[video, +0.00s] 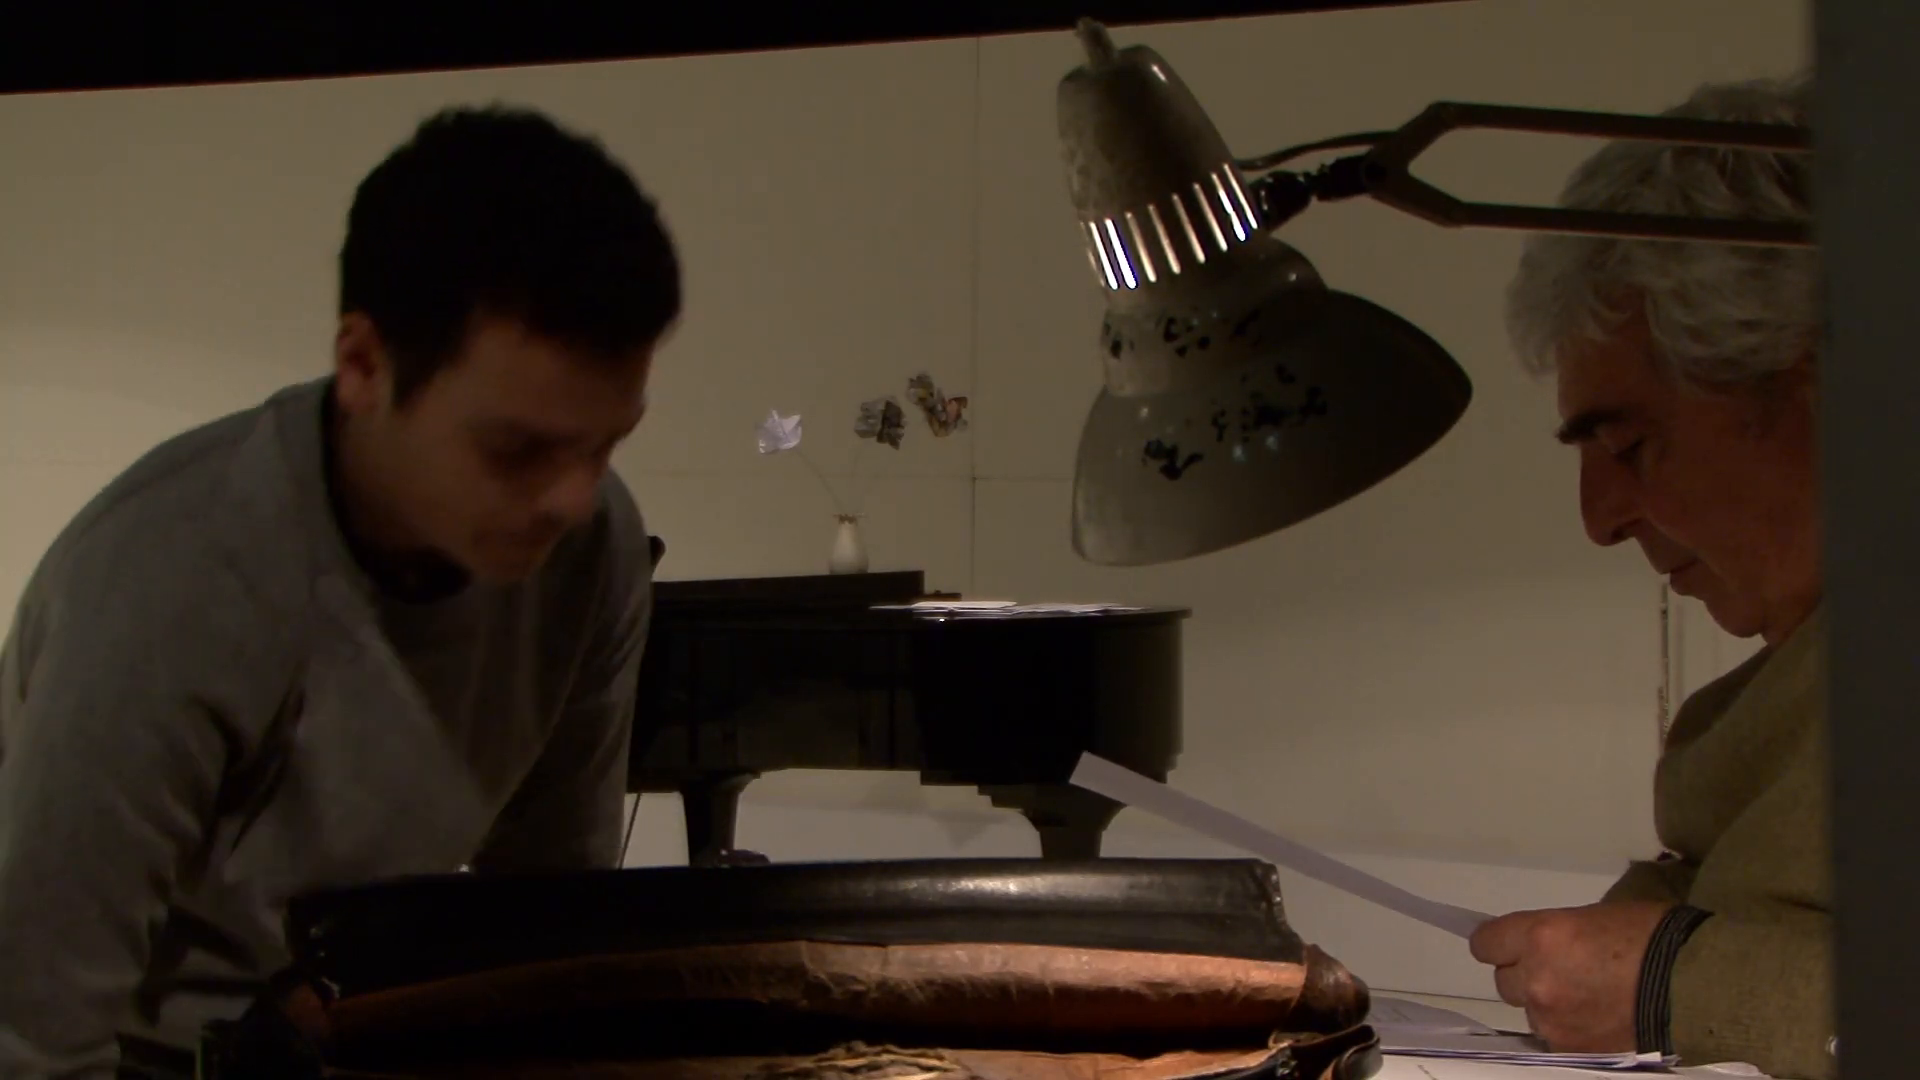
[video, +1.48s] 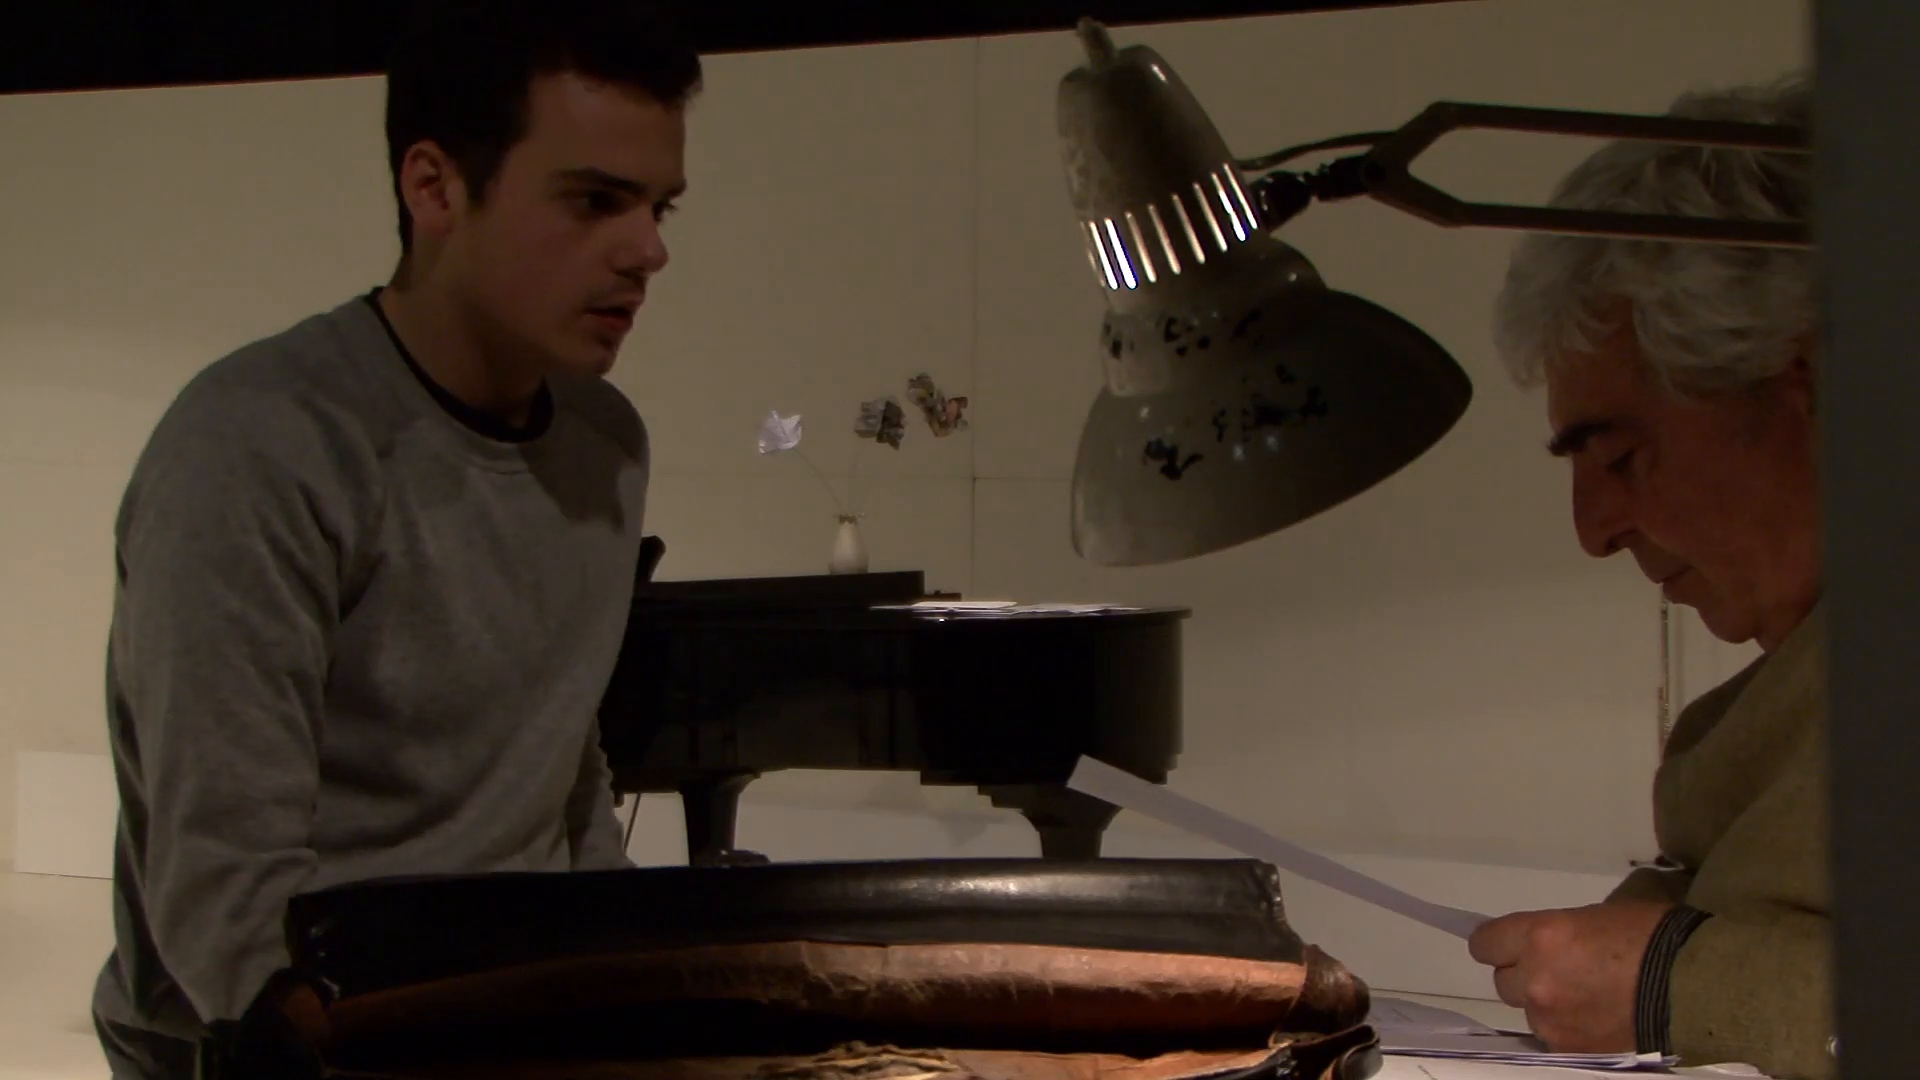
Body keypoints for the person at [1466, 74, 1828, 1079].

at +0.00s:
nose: (1602, 520)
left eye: (1628, 442)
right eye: (1592, 455)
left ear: (1806, 381)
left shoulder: (1874, 652)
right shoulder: (1797, 664)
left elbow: (1894, 1006)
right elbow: (1729, 873)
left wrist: (1674, 984)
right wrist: (1641, 949)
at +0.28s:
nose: (1600, 520)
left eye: (1625, 442)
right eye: (1590, 455)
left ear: (1808, 379)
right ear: (1803, 376)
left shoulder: (1873, 655)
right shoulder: (1795, 667)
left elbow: (1891, 1005)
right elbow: (1726, 871)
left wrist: (1674, 984)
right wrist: (1643, 945)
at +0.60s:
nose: (1598, 524)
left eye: (1620, 446)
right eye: (1588, 461)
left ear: (1806, 379)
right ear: (1801, 377)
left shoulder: (1871, 654)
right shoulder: (1790, 672)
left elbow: (1894, 1008)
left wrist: (1673, 984)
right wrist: (1642, 946)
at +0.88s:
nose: (1596, 528)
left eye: (1621, 450)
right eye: (1585, 465)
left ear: (1803, 379)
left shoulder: (1877, 653)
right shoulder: (1797, 665)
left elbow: (1894, 1007)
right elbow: (1726, 870)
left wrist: (1674, 983)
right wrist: (1641, 936)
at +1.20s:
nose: (1594, 531)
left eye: (1619, 452)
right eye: (1584, 467)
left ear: (1802, 382)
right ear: (1796, 380)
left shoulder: (1876, 659)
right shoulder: (1792, 674)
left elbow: (1894, 1007)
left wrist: (1675, 986)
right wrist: (1652, 928)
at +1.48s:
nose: (1594, 532)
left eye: (1618, 454)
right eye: (1582, 469)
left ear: (1799, 381)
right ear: (1794, 380)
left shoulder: (1874, 659)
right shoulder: (1789, 678)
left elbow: (1892, 1006)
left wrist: (1675, 985)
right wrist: (1650, 932)